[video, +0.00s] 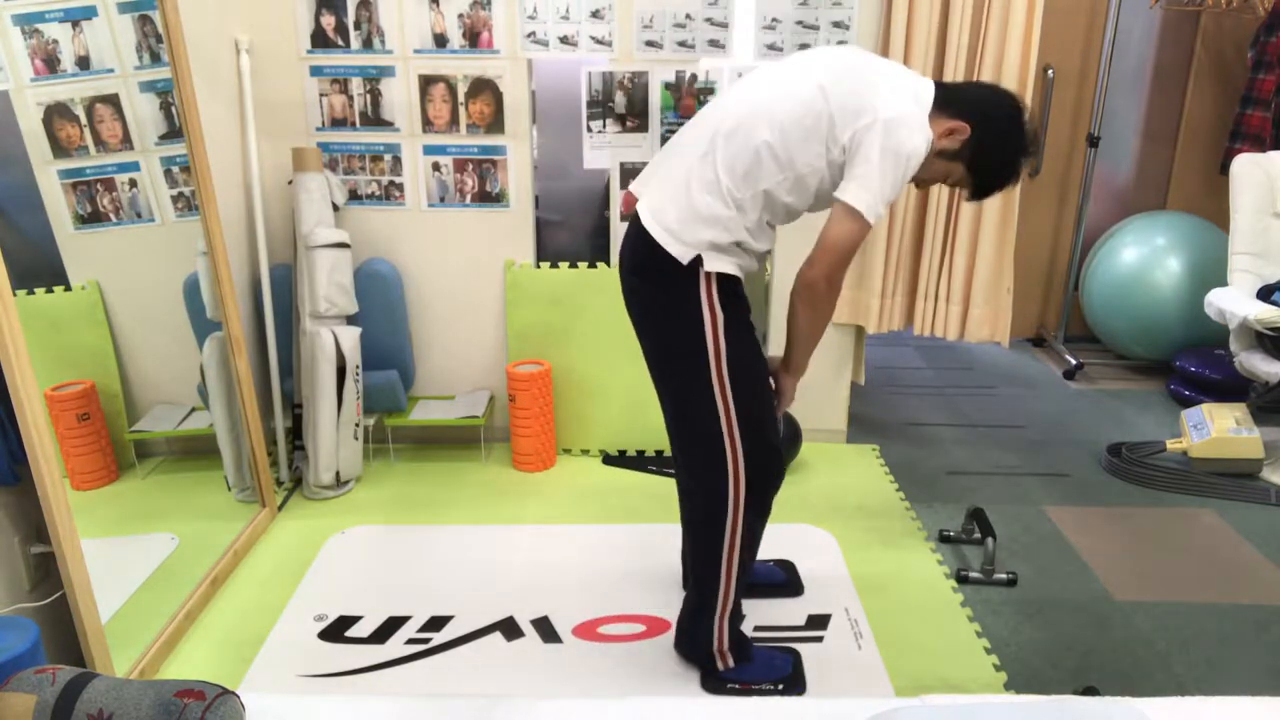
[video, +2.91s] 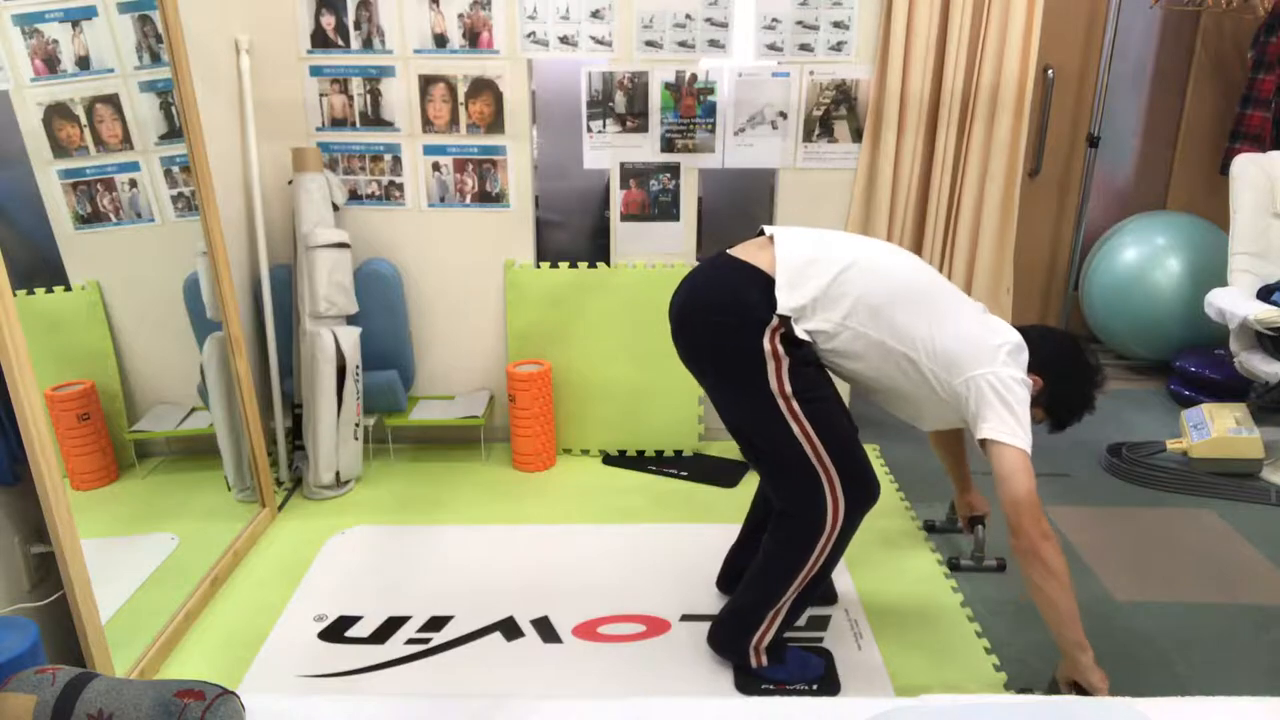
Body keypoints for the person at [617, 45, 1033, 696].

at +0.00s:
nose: (931, 189)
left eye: (948, 187)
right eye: (950, 181)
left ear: (951, 122)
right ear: (952, 134)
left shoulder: (879, 80)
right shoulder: (899, 125)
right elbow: (820, 272)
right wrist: (793, 369)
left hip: (676, 232)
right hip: (685, 250)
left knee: (748, 431)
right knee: (742, 452)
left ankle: (723, 566)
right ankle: (713, 646)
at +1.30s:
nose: (988, 153)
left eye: (1006, 148)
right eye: (1007, 141)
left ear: (994, 86)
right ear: (1002, 96)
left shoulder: (910, 76)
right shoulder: (946, 107)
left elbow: (808, 198)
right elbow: (890, 253)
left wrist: (834, 309)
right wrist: (893, 407)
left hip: (711, 234)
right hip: (722, 253)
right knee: (766, 459)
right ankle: (744, 649)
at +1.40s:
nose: (1011, 194)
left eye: (1025, 186)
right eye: (1024, 179)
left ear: (1003, 131)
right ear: (1013, 141)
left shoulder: (935, 118)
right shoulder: (960, 154)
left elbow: (843, 243)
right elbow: (924, 329)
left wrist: (862, 348)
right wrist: (944, 465)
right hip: (713, 259)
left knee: (775, 452)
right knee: (759, 468)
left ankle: (744, 574)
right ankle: (742, 651)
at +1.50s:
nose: (1010, 257)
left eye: (1024, 250)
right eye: (1024, 244)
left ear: (1007, 196)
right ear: (1015, 210)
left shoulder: (942, 176)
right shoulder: (963, 211)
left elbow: (873, 288)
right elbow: (953, 383)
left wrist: (895, 396)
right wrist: (992, 522)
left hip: (726, 261)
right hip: (704, 266)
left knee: (786, 459)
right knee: (761, 469)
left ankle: (751, 574)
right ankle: (743, 650)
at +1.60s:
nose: (998, 344)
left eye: (1007, 340)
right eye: (1008, 335)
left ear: (1000, 281)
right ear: (1005, 300)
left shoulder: (941, 259)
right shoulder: (959, 289)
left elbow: (916, 372)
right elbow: (977, 461)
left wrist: (938, 454)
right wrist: (1032, 588)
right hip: (699, 287)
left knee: (796, 459)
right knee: (788, 475)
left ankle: (752, 578)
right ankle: (745, 650)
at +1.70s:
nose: (985, 390)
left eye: (994, 383)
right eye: (997, 380)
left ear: (985, 329)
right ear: (992, 350)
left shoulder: (930, 304)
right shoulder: (949, 329)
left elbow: (933, 425)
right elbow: (982, 496)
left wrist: (973, 508)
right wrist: (1049, 625)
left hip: (707, 287)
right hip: (698, 304)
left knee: (808, 456)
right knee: (808, 483)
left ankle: (748, 577)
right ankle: (748, 649)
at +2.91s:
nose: (1024, 427)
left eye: (1034, 424)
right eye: (1035, 418)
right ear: (1033, 385)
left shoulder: (966, 334)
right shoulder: (998, 368)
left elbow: (943, 414)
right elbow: (1033, 538)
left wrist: (964, 489)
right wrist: (1079, 657)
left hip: (724, 290)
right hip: (744, 310)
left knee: (805, 461)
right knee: (846, 491)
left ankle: (750, 575)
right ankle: (748, 640)